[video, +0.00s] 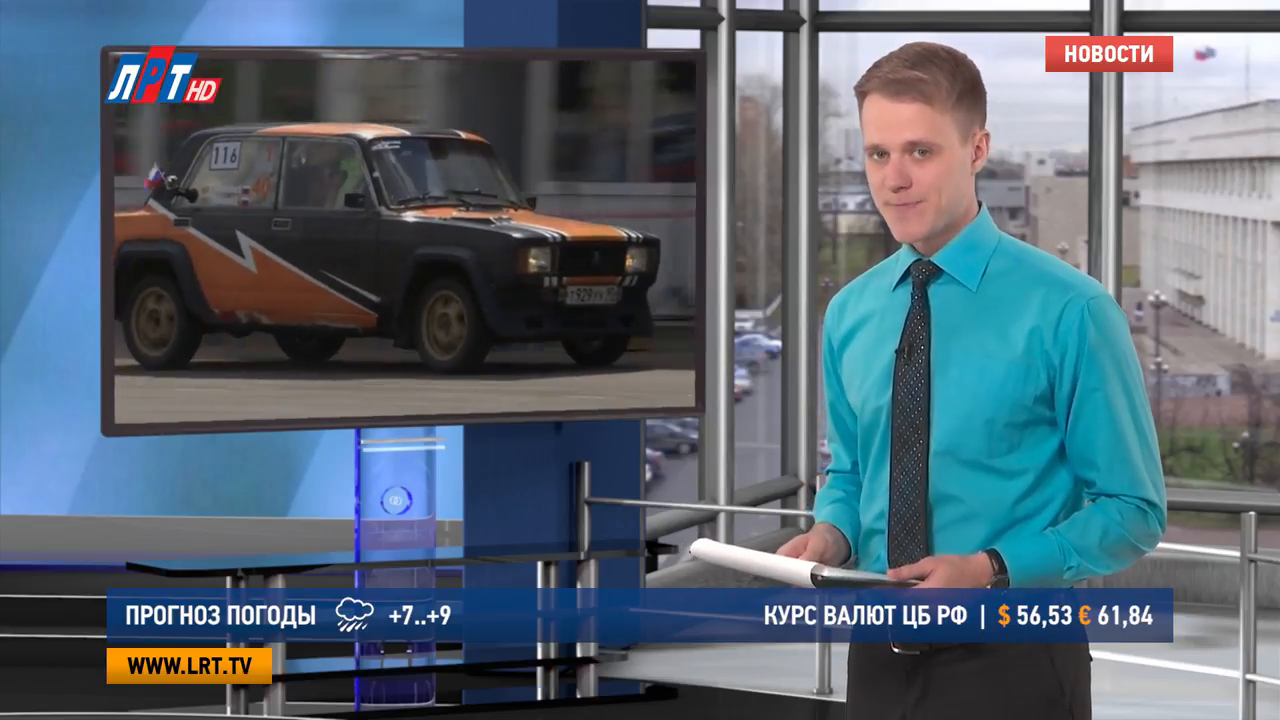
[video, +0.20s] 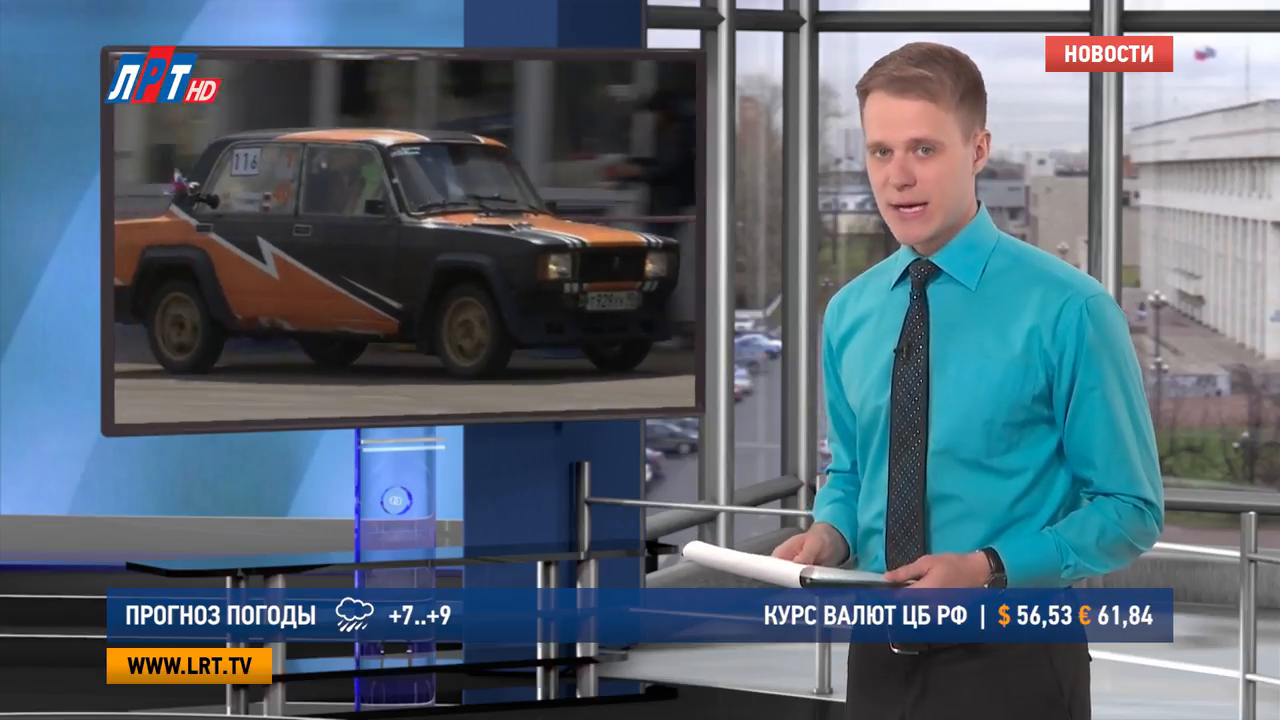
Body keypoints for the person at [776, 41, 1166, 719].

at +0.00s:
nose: (895, 177)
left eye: (920, 151)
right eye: (878, 154)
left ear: (976, 149)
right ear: (862, 159)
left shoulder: (1070, 310)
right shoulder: (849, 312)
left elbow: (1134, 509)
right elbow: (848, 473)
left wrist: (992, 568)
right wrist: (825, 538)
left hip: (1012, 662)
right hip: (879, 659)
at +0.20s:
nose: (899, 175)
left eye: (924, 149)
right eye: (881, 152)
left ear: (978, 150)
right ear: (864, 158)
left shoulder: (1069, 308)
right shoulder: (849, 312)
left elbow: (1131, 508)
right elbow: (848, 475)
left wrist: (990, 567)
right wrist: (823, 538)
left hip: (1012, 661)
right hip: (880, 659)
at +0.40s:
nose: (912, 169)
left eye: (938, 143)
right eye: (892, 145)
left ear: (984, 149)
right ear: (871, 154)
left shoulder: (1069, 306)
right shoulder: (845, 309)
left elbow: (1132, 505)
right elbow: (841, 470)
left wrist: (987, 565)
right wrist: (819, 532)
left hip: (1012, 661)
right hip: (878, 657)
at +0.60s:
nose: (925, 165)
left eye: (949, 141)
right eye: (904, 141)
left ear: (987, 149)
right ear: (875, 150)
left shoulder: (1067, 305)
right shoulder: (843, 309)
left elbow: (1127, 505)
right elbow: (838, 471)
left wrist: (984, 563)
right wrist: (815, 531)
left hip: (1012, 659)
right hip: (878, 656)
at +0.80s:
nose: (928, 167)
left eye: (952, 143)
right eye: (907, 142)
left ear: (988, 149)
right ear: (875, 150)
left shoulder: (1065, 306)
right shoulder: (839, 310)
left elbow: (1129, 505)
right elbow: (834, 472)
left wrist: (989, 562)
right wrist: (819, 529)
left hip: (1008, 663)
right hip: (875, 662)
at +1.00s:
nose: (927, 166)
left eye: (951, 142)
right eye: (906, 141)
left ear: (986, 150)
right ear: (874, 150)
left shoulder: (1064, 306)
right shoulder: (836, 311)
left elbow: (1130, 503)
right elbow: (831, 472)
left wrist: (990, 562)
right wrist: (818, 530)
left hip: (1005, 664)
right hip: (872, 663)